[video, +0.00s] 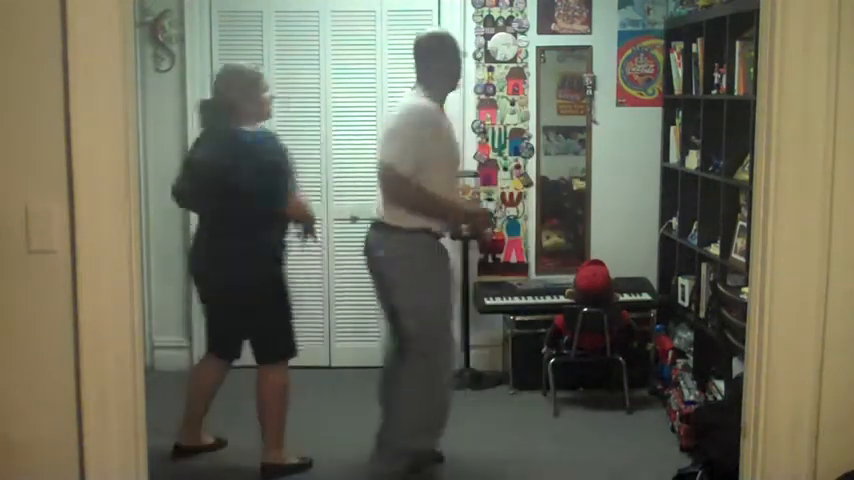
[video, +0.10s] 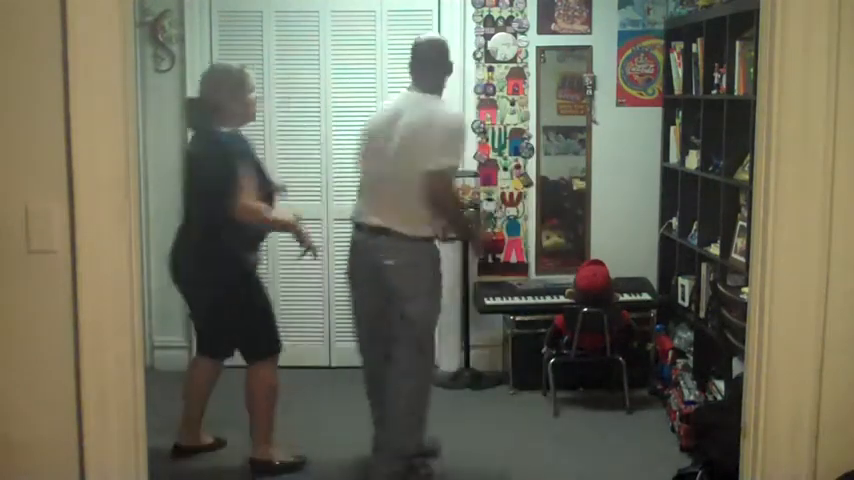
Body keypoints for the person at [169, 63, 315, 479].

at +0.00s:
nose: (270, 96)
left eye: (266, 89)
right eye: (262, 91)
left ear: (226, 100)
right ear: (243, 101)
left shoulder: (205, 144)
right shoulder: (266, 148)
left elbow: (184, 192)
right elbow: (282, 205)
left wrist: (225, 208)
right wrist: (306, 215)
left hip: (209, 259)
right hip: (256, 262)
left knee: (221, 348)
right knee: (273, 357)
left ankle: (190, 436)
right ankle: (274, 455)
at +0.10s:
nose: (256, 99)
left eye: (253, 92)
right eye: (249, 93)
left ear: (215, 100)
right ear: (230, 101)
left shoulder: (201, 143)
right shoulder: (235, 148)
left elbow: (214, 201)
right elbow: (244, 208)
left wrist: (262, 201)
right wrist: (289, 225)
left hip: (192, 256)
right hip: (225, 261)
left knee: (213, 346)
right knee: (264, 351)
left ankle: (190, 436)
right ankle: (264, 451)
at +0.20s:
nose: (245, 98)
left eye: (242, 92)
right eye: (237, 92)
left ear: (213, 99)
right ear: (213, 99)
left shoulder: (214, 142)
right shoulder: (207, 145)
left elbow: (237, 187)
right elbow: (194, 205)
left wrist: (279, 172)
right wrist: (254, 225)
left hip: (196, 258)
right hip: (200, 260)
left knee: (206, 348)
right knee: (256, 342)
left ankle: (188, 435)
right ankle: (211, 429)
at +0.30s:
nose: (233, 97)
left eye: (232, 90)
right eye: (226, 91)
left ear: (210, 97)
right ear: (201, 98)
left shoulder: (216, 138)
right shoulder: (187, 141)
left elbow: (242, 183)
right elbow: (168, 203)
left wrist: (289, 162)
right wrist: (218, 219)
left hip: (204, 257)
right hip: (184, 259)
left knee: (205, 346)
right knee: (228, 349)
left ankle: (181, 425)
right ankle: (174, 421)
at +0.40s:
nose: (226, 96)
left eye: (224, 89)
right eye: (218, 90)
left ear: (205, 98)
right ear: (194, 99)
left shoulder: (217, 140)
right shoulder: (174, 144)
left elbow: (242, 186)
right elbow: (149, 203)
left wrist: (295, 166)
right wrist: (191, 219)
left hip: (206, 263)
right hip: (173, 264)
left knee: (203, 350)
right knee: (188, 353)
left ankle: (189, 435)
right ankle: (141, 437)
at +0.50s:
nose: (220, 98)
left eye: (217, 91)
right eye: (211, 93)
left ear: (201, 101)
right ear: (186, 102)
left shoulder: (214, 144)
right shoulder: (166, 147)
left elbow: (235, 190)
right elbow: (144, 209)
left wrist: (282, 183)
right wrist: (185, 229)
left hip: (204, 267)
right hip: (166, 268)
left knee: (213, 344)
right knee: (168, 356)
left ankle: (191, 433)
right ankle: (142, 440)